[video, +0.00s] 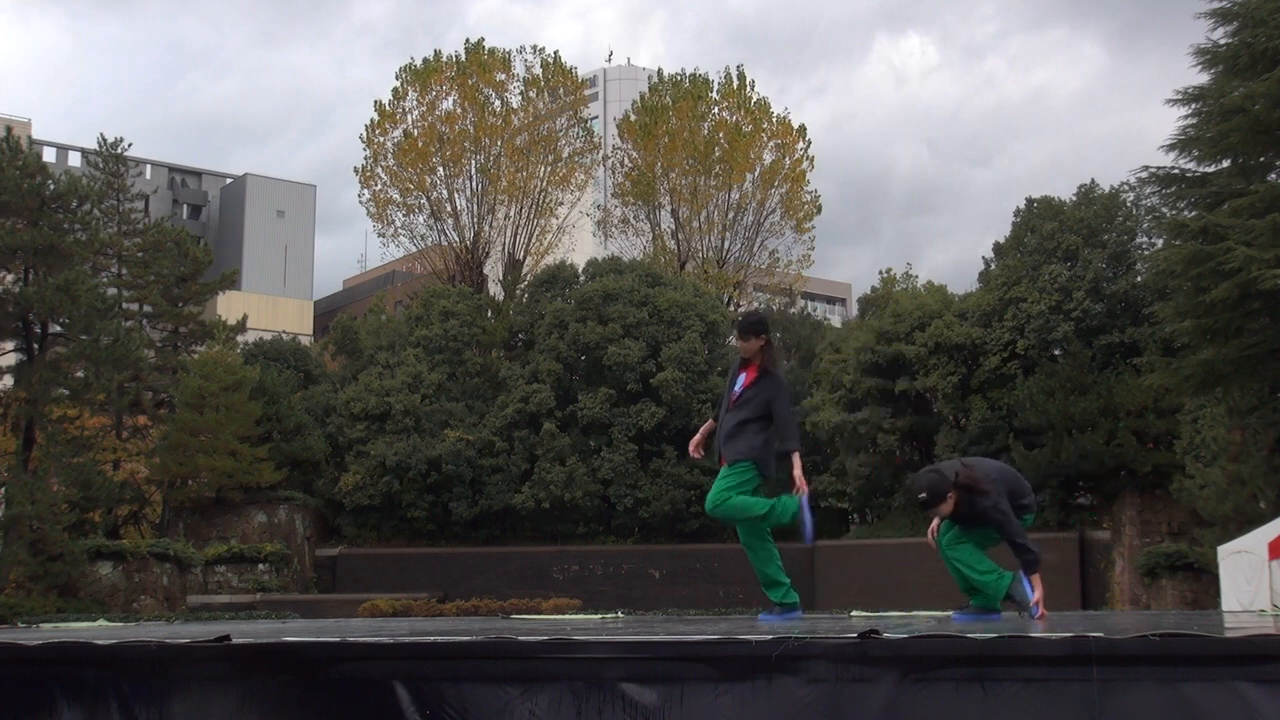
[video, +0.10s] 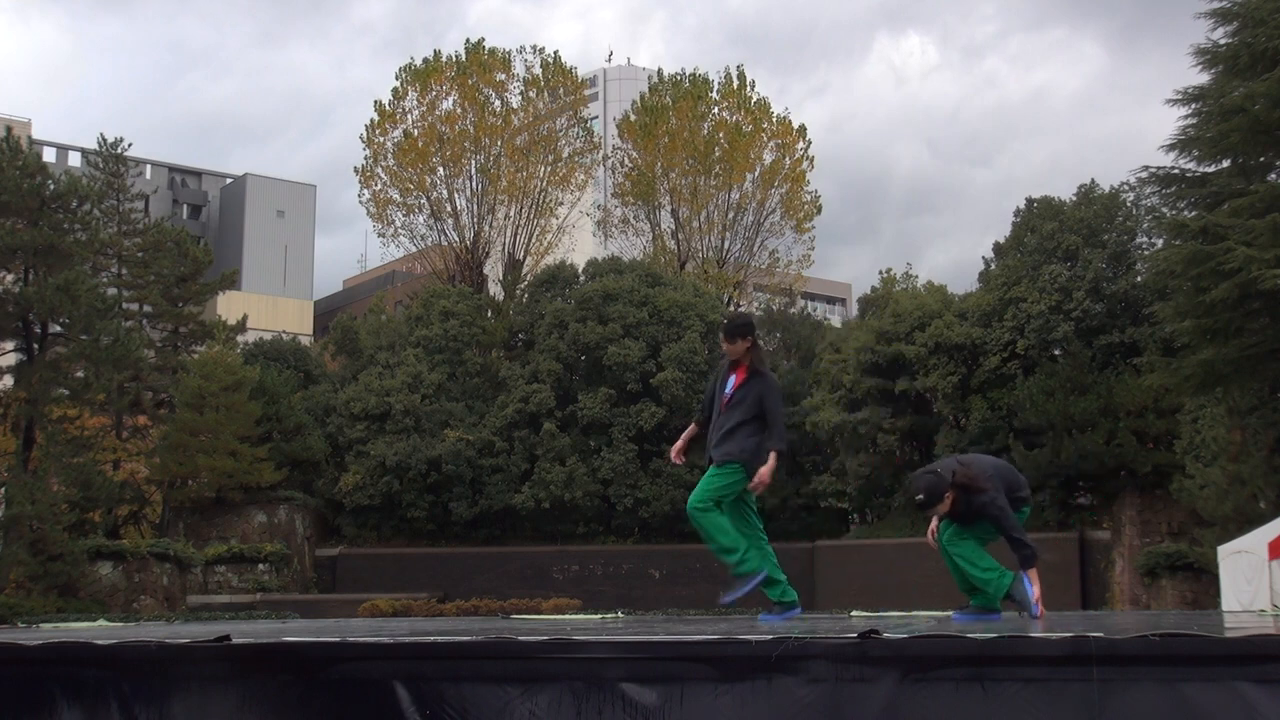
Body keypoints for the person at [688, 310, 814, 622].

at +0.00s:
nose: (739, 344)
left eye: (745, 340)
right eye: (738, 339)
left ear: (762, 341)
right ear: (739, 339)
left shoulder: (772, 378)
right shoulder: (738, 371)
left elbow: (788, 424)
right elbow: (728, 410)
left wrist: (797, 465)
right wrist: (704, 431)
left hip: (751, 458)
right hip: (735, 459)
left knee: (716, 503)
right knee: (752, 534)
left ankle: (792, 508)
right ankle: (786, 602)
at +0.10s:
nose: (724, 347)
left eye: (730, 342)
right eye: (723, 342)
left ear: (748, 342)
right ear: (725, 341)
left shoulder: (765, 381)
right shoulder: (724, 373)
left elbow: (777, 427)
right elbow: (707, 414)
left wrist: (770, 464)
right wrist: (684, 439)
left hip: (741, 461)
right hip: (722, 461)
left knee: (698, 505)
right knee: (750, 533)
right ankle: (786, 600)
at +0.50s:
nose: (651, 339)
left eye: (656, 334)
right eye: (650, 333)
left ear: (675, 337)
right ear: (655, 335)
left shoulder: (682, 372)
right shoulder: (659, 368)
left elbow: (692, 423)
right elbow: (657, 419)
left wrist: (692, 467)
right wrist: (641, 447)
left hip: (669, 465)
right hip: (655, 464)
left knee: (649, 533)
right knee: (655, 535)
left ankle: (651, 606)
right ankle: (717, 573)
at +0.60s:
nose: (637, 334)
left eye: (642, 330)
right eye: (636, 329)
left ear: (661, 333)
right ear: (639, 332)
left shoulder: (671, 371)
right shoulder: (643, 368)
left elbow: (678, 421)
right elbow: (641, 419)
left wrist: (672, 464)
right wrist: (632, 461)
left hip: (658, 469)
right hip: (635, 469)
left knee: (649, 533)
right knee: (617, 526)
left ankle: (651, 605)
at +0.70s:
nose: (624, 332)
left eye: (630, 327)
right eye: (623, 326)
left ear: (648, 331)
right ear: (624, 329)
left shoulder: (661, 369)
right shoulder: (627, 365)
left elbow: (663, 420)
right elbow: (623, 414)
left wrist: (653, 461)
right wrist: (616, 457)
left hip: (651, 465)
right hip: (621, 464)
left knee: (646, 533)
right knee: (596, 522)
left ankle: (652, 605)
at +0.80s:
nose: (612, 332)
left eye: (618, 327)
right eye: (610, 326)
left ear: (636, 329)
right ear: (608, 328)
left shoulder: (648, 367)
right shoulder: (608, 363)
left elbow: (647, 417)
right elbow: (608, 413)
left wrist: (636, 458)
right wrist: (601, 453)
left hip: (640, 461)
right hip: (606, 459)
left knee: (641, 533)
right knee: (583, 526)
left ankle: (652, 605)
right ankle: (559, 600)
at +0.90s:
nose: (603, 331)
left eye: (610, 326)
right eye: (599, 325)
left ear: (622, 329)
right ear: (593, 328)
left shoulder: (636, 368)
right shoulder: (587, 366)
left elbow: (635, 417)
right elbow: (585, 414)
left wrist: (622, 457)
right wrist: (588, 452)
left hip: (626, 462)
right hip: (586, 461)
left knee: (634, 534)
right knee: (563, 527)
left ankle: (651, 604)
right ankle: (533, 600)